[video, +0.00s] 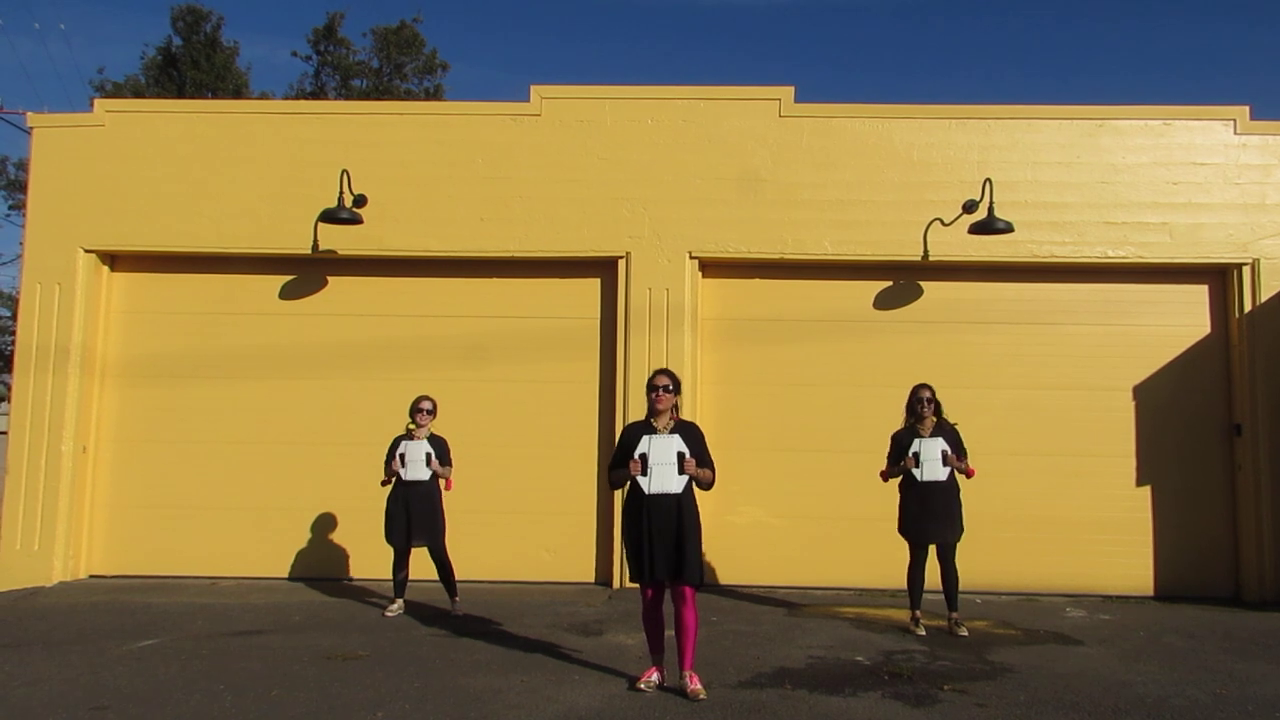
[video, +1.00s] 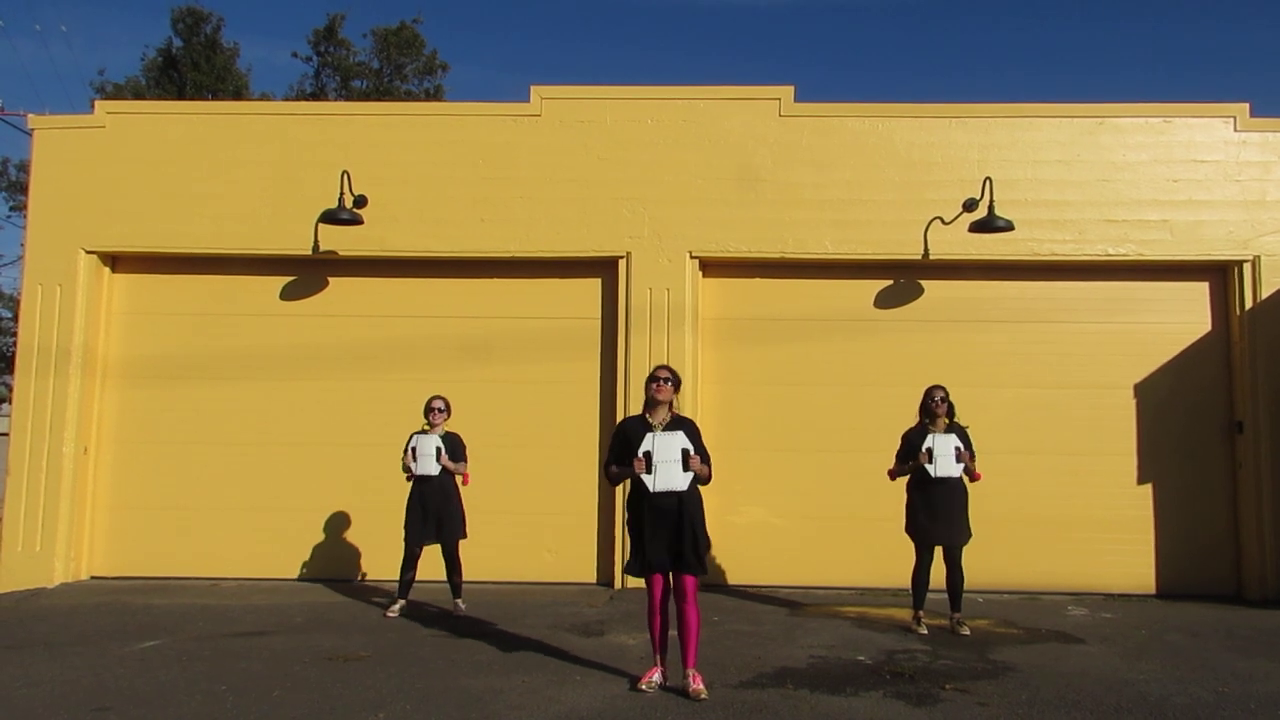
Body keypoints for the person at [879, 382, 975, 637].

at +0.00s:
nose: (924, 405)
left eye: (928, 401)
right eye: (919, 401)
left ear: (935, 403)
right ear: (911, 405)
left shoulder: (949, 432)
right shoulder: (901, 437)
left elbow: (965, 468)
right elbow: (888, 473)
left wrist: (954, 463)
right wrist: (903, 467)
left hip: (946, 506)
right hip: (915, 507)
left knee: (947, 559)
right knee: (918, 558)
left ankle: (953, 617)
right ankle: (915, 616)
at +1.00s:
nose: (938, 403)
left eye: (942, 400)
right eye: (932, 400)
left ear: (949, 404)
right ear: (925, 405)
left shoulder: (959, 433)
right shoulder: (913, 435)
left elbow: (972, 475)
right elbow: (895, 472)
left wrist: (966, 462)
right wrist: (915, 463)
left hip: (954, 507)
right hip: (923, 508)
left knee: (954, 561)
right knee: (924, 560)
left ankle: (956, 617)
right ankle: (918, 616)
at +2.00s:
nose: (934, 413)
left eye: (938, 409)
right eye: (928, 409)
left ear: (943, 413)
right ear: (919, 413)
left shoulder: (954, 439)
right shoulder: (909, 447)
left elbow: (973, 470)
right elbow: (897, 485)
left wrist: (961, 475)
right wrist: (910, 485)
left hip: (953, 517)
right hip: (923, 518)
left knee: (955, 570)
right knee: (925, 568)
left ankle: (957, 621)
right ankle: (918, 620)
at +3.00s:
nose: (926, 407)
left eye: (929, 403)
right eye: (920, 404)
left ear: (935, 408)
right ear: (912, 409)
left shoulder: (946, 437)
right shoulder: (901, 438)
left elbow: (957, 474)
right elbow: (887, 475)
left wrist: (953, 469)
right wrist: (903, 469)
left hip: (944, 511)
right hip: (915, 512)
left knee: (947, 566)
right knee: (918, 565)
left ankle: (949, 620)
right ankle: (910, 619)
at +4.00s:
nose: (909, 408)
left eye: (913, 404)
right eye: (903, 404)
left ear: (919, 407)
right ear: (896, 408)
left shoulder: (932, 434)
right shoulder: (886, 439)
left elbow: (946, 471)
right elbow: (874, 475)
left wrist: (933, 465)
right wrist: (885, 469)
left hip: (926, 511)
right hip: (896, 512)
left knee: (930, 565)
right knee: (898, 563)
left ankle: (935, 619)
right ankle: (896, 618)